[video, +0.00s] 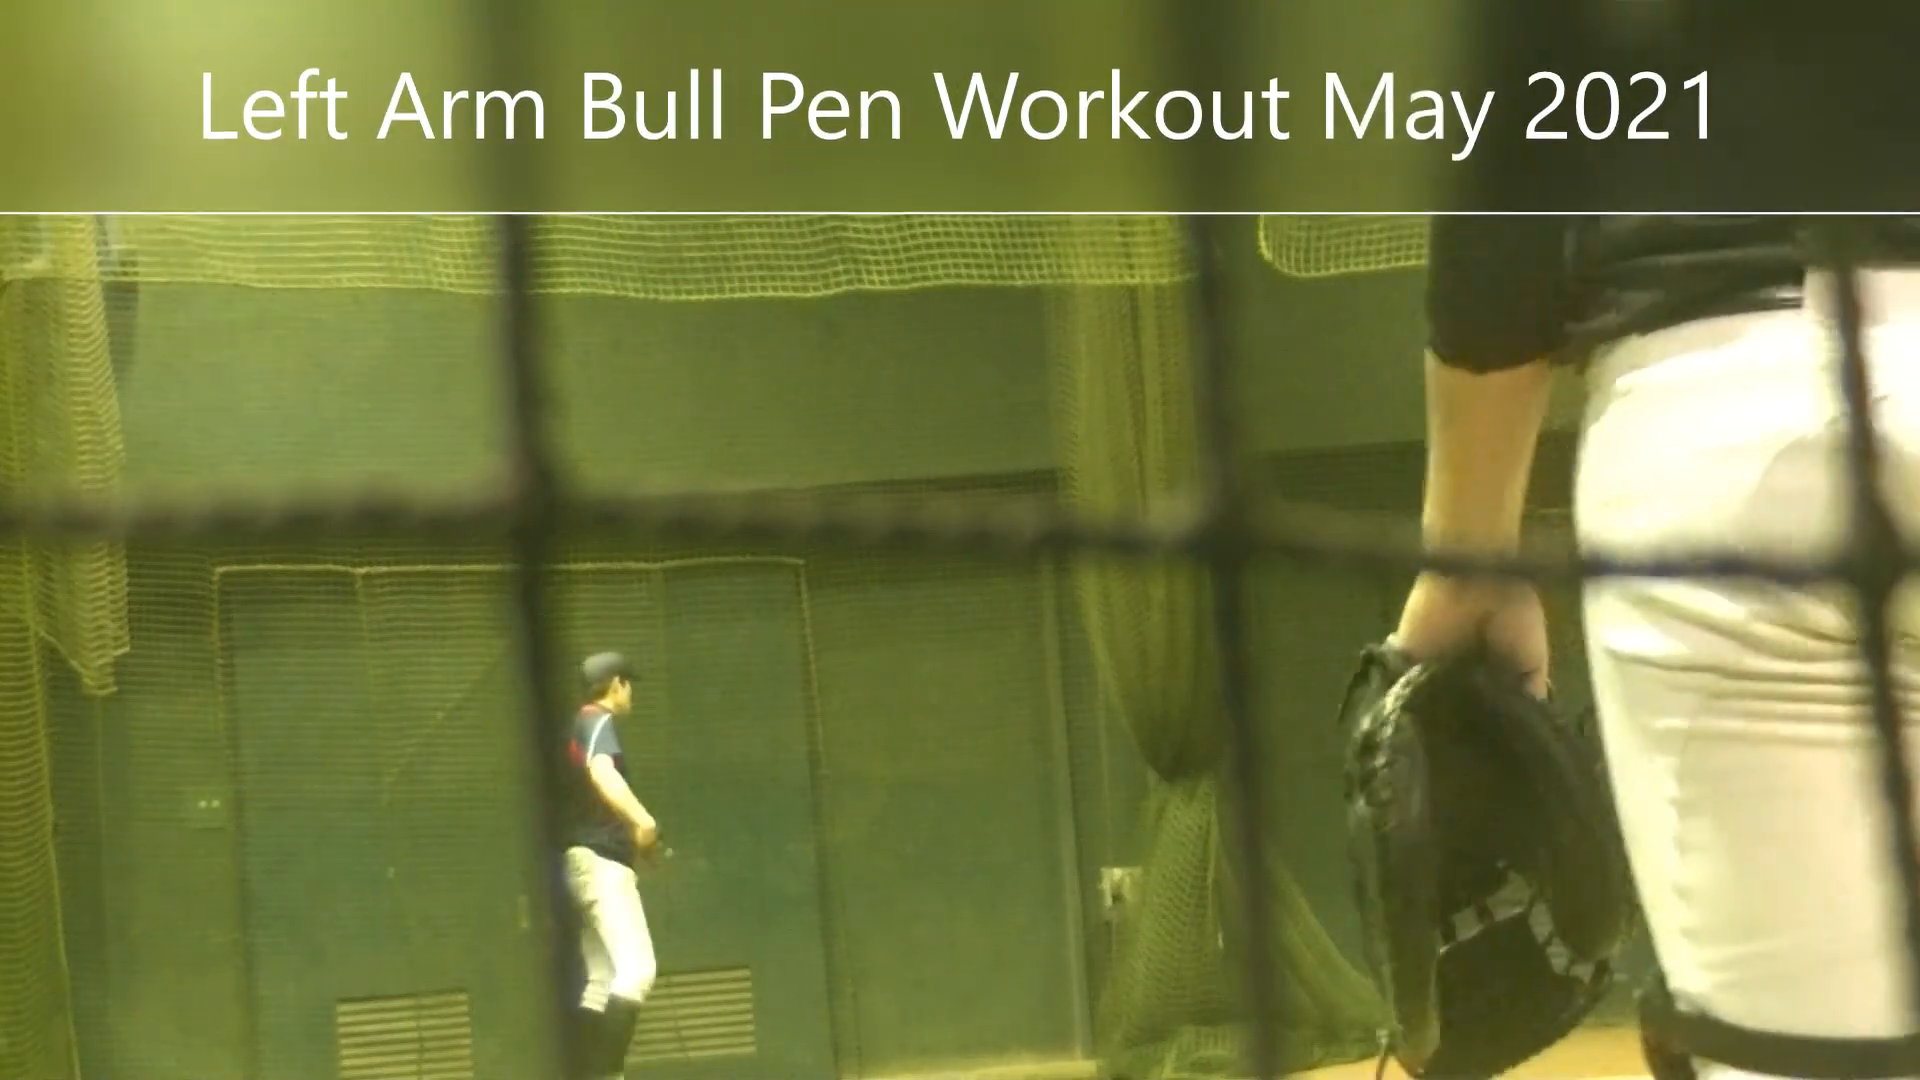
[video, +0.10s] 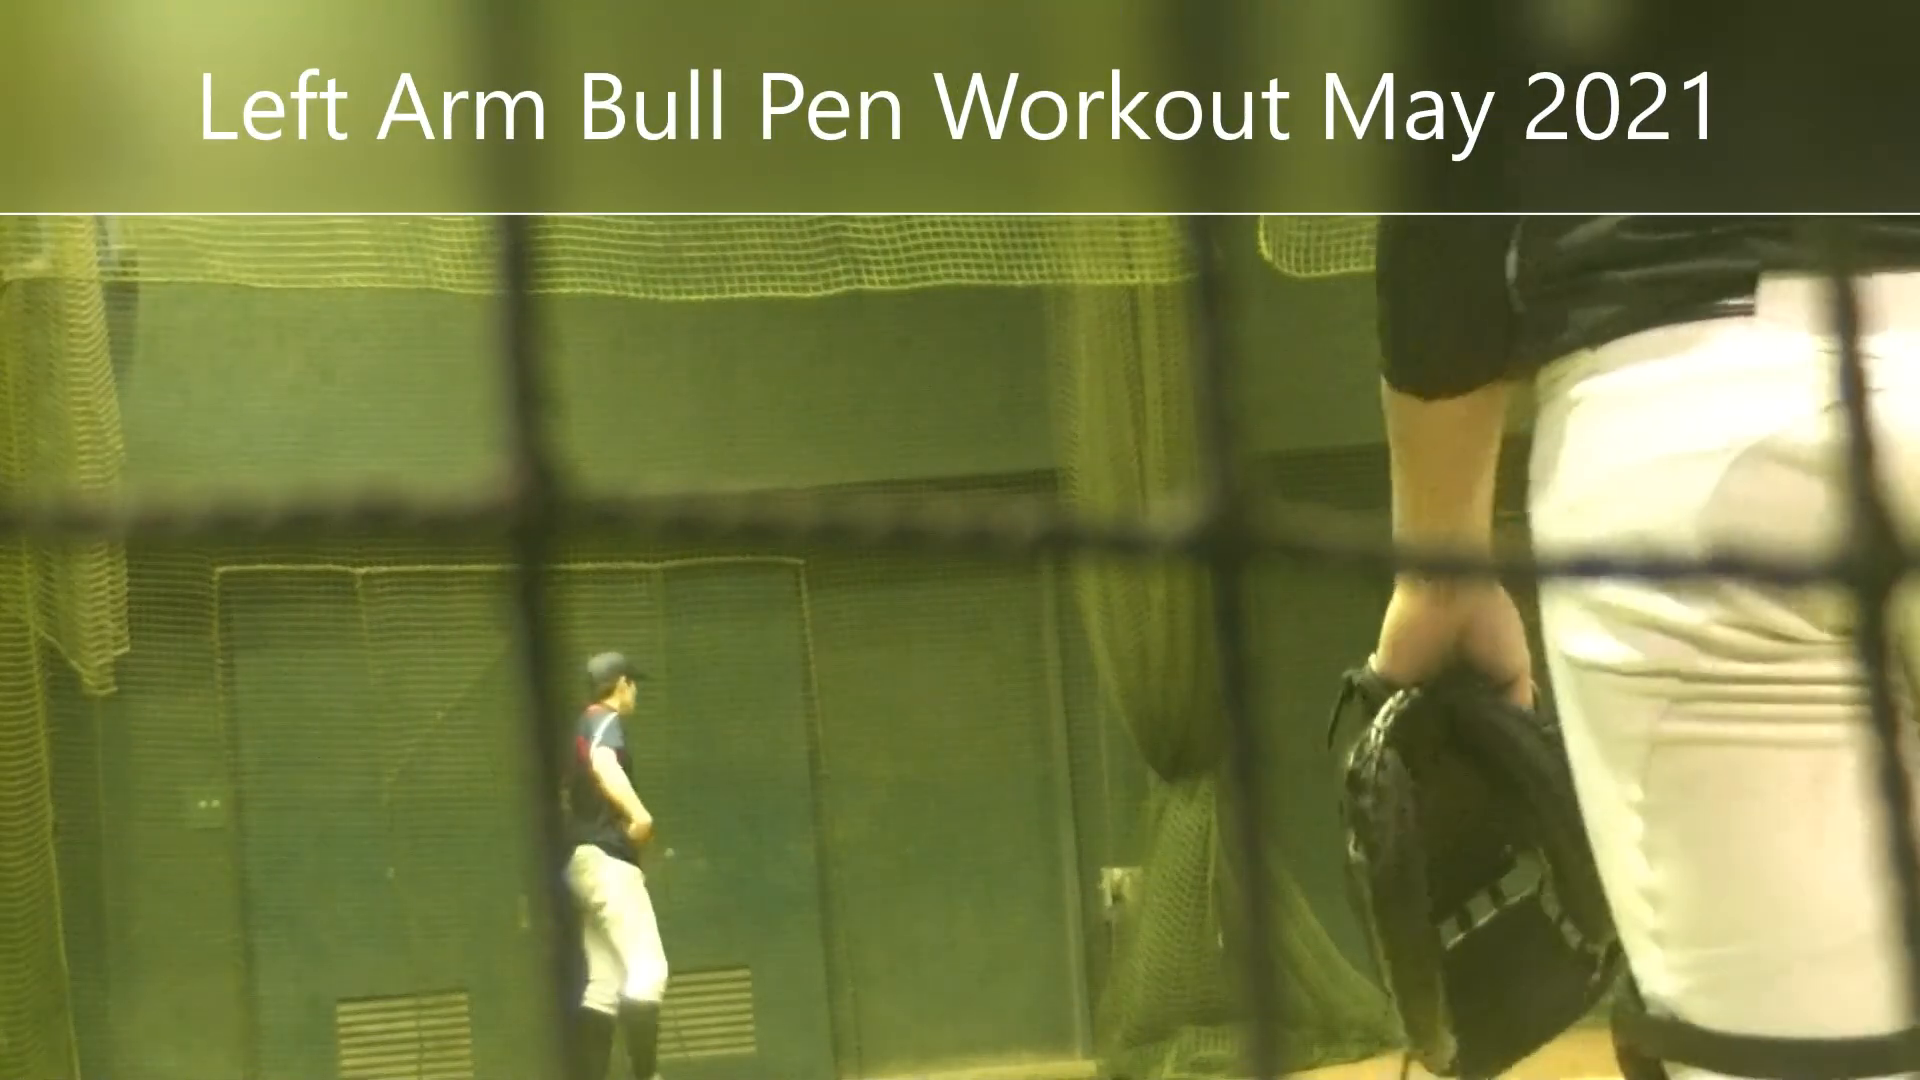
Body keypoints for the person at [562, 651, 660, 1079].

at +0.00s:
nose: (630, 694)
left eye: (628, 686)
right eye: (627, 686)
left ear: (596, 687)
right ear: (614, 686)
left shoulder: (578, 723)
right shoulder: (597, 719)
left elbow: (588, 795)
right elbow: (600, 770)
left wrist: (637, 844)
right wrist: (642, 820)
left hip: (580, 860)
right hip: (598, 862)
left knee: (600, 976)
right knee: (635, 968)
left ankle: (580, 1069)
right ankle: (604, 1070)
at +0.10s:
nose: (635, 694)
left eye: (633, 686)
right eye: (632, 686)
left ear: (600, 687)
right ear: (619, 686)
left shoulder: (584, 724)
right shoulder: (606, 719)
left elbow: (572, 791)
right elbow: (601, 761)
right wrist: (638, 814)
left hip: (584, 859)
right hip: (606, 861)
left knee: (604, 979)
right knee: (647, 967)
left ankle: (586, 1074)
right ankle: (645, 1071)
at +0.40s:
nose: (661, 695)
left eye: (659, 687)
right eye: (658, 688)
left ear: (624, 691)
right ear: (647, 689)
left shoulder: (600, 730)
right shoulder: (645, 724)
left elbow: (584, 801)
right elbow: (646, 788)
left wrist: (593, 854)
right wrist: (666, 847)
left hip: (601, 861)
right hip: (634, 861)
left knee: (619, 978)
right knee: (683, 967)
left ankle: (590, 1073)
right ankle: (710, 1072)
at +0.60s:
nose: (691, 690)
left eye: (688, 684)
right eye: (690, 685)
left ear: (648, 687)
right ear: (683, 686)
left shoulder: (616, 733)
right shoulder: (684, 729)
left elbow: (594, 800)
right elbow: (692, 793)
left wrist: (605, 861)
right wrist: (722, 850)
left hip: (621, 860)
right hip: (665, 858)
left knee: (643, 974)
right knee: (692, 971)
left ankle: (605, 1071)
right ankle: (710, 1072)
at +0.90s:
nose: (709, 693)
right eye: (712, 686)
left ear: (673, 690)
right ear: (712, 689)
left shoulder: (643, 729)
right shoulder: (727, 731)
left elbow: (601, 789)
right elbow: (754, 798)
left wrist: (613, 854)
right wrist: (775, 850)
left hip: (651, 857)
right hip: (702, 856)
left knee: (662, 957)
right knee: (709, 965)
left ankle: (660, 1059)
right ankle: (712, 1072)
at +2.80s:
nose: (687, 717)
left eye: (687, 711)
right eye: (688, 711)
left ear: (649, 700)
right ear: (679, 703)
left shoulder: (611, 737)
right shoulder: (677, 732)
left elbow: (580, 802)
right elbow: (694, 791)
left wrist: (607, 846)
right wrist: (738, 835)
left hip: (614, 862)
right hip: (659, 860)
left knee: (634, 968)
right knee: (694, 961)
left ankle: (614, 1072)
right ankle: (712, 1067)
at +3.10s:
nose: (660, 718)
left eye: (663, 712)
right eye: (662, 711)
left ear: (633, 695)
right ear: (650, 697)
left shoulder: (597, 732)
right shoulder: (633, 730)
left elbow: (612, 804)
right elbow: (630, 799)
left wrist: (666, 838)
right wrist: (671, 840)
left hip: (589, 858)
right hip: (621, 857)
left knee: (614, 970)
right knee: (667, 959)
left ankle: (605, 1072)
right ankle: (671, 1067)